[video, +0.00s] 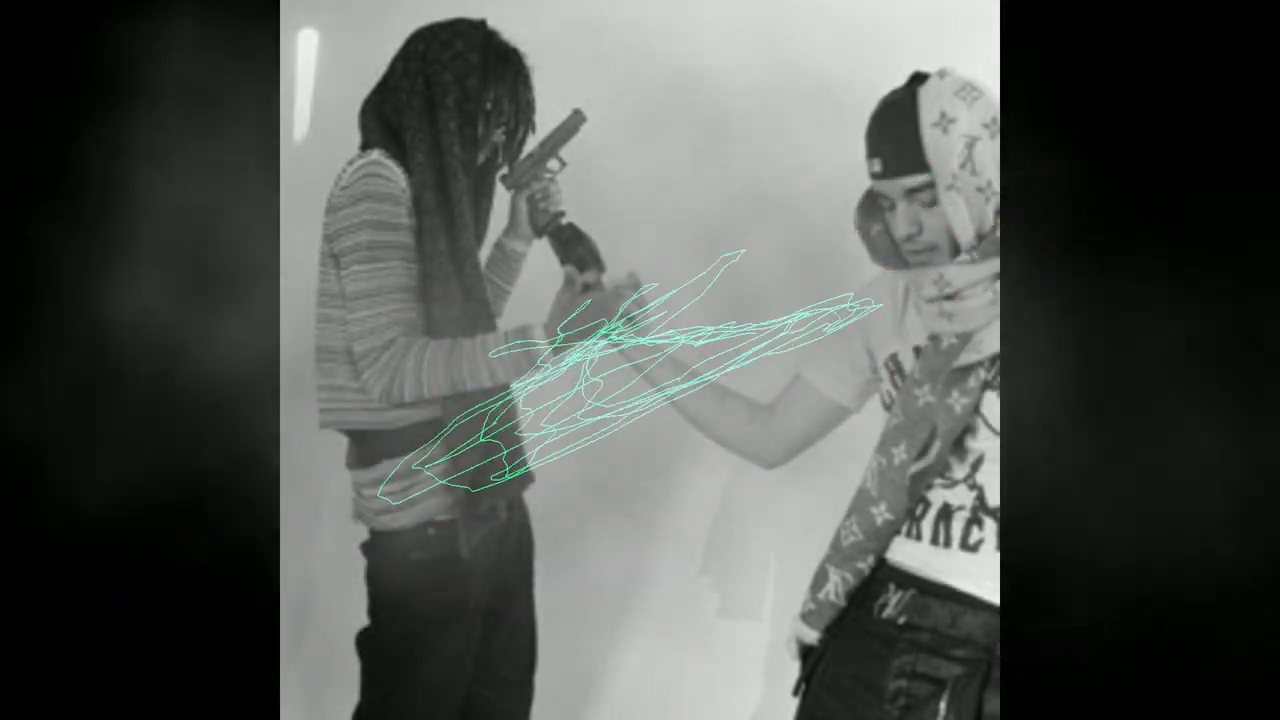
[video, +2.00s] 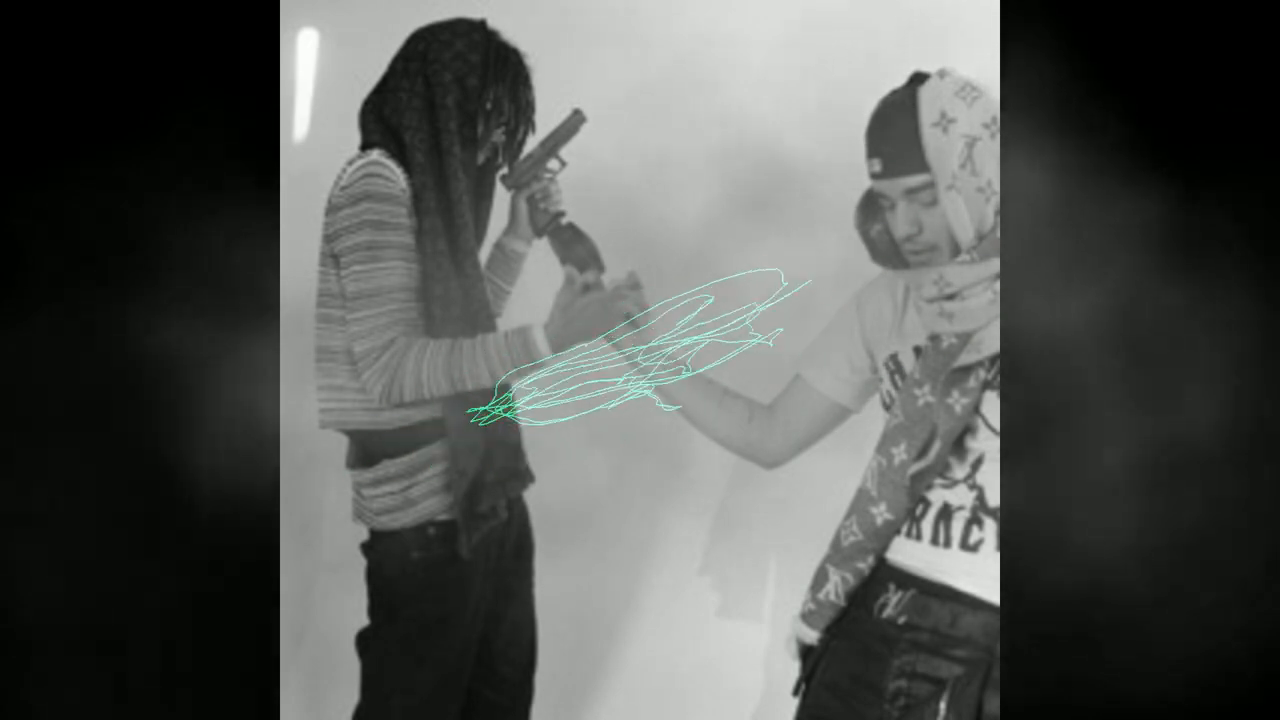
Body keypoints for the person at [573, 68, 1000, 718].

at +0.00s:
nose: (905, 227)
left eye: (924, 198)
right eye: (887, 204)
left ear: (982, 186)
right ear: (875, 206)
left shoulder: (1027, 300)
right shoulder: (900, 305)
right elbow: (768, 436)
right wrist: (631, 337)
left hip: (990, 647)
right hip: (877, 619)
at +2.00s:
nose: (904, 228)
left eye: (925, 200)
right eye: (886, 205)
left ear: (979, 183)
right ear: (874, 206)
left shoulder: (1037, 289)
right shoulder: (890, 302)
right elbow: (769, 436)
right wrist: (638, 343)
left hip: (996, 638)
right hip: (877, 611)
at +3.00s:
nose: (906, 228)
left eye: (926, 199)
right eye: (887, 205)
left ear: (978, 183)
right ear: (874, 206)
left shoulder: (1031, 290)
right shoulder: (890, 305)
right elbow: (768, 436)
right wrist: (639, 347)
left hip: (990, 639)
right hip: (878, 615)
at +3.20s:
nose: (905, 228)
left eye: (926, 198)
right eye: (886, 204)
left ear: (980, 183)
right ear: (873, 204)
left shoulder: (1039, 292)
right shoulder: (890, 304)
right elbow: (768, 436)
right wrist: (635, 340)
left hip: (998, 641)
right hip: (882, 618)